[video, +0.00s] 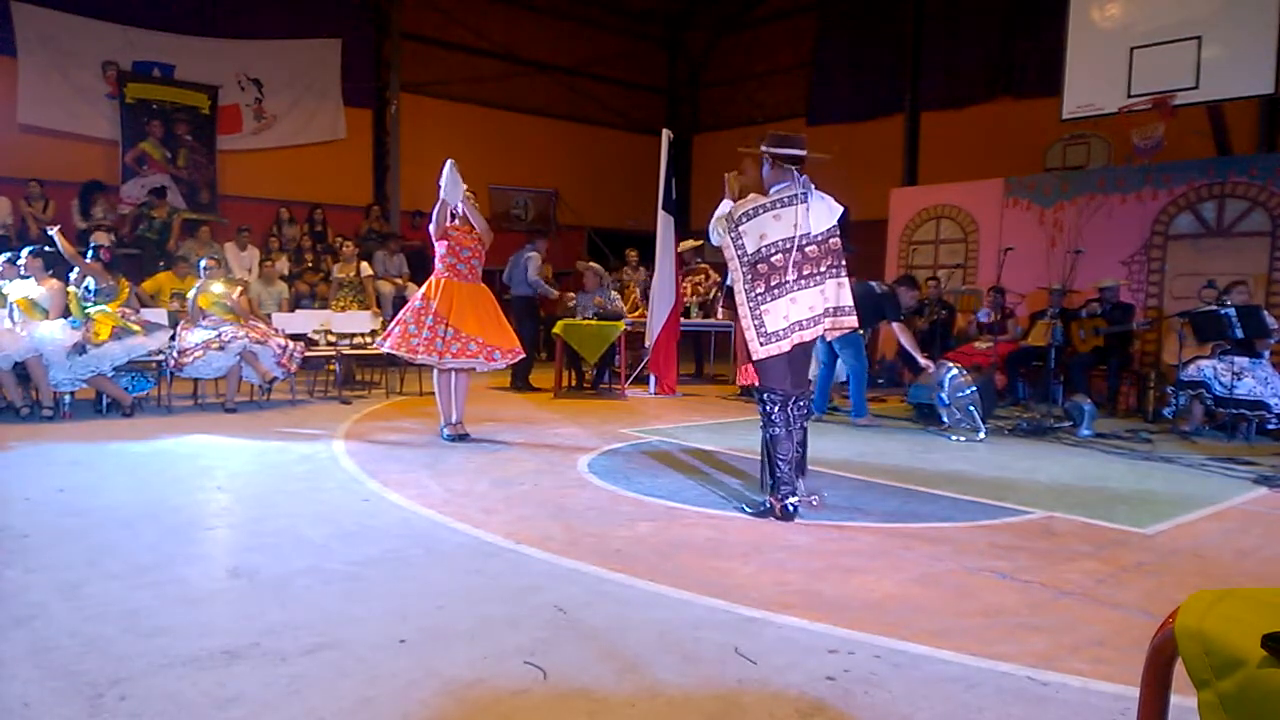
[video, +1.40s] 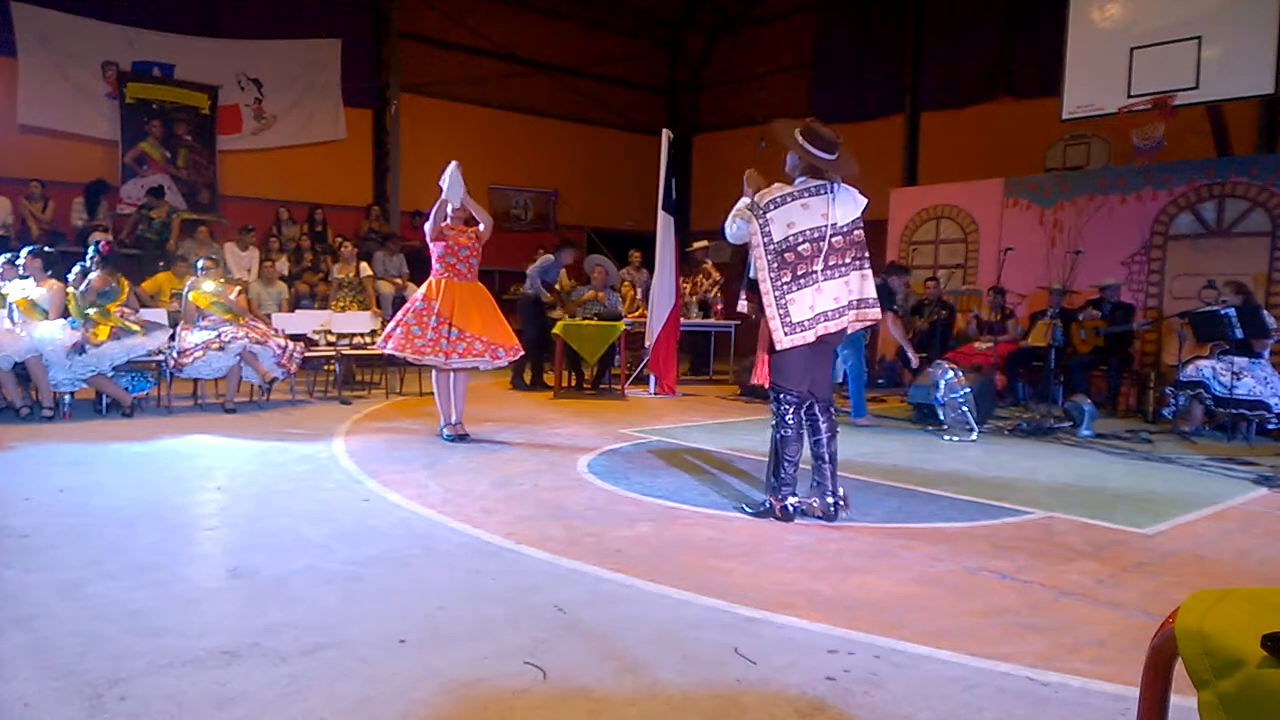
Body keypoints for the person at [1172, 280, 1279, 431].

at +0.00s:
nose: (1244, 297)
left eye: (1246, 293)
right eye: (1239, 293)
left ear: (1250, 296)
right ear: (1227, 297)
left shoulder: (1258, 314)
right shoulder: (1218, 315)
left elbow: (1265, 345)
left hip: (1253, 364)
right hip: (1222, 362)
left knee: (1248, 381)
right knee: (1198, 368)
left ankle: (1243, 425)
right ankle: (1196, 419)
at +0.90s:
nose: (1222, 302)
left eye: (1226, 298)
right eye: (1221, 298)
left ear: (1242, 298)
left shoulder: (1259, 316)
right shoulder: (1218, 317)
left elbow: (1263, 346)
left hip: (1253, 365)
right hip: (1223, 363)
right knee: (1196, 368)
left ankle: (1243, 424)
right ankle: (1196, 419)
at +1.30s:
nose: (1221, 303)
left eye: (1225, 299)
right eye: (1220, 299)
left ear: (1241, 298)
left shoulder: (1258, 315)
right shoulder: (1220, 317)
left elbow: (1261, 346)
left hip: (1254, 367)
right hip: (1225, 365)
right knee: (1197, 368)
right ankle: (1195, 421)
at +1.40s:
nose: (1221, 303)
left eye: (1225, 298)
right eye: (1220, 298)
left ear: (1241, 298)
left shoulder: (1258, 315)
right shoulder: (1218, 316)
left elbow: (1261, 346)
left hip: (1253, 366)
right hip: (1223, 365)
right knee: (1197, 368)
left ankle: (1242, 425)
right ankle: (1195, 421)